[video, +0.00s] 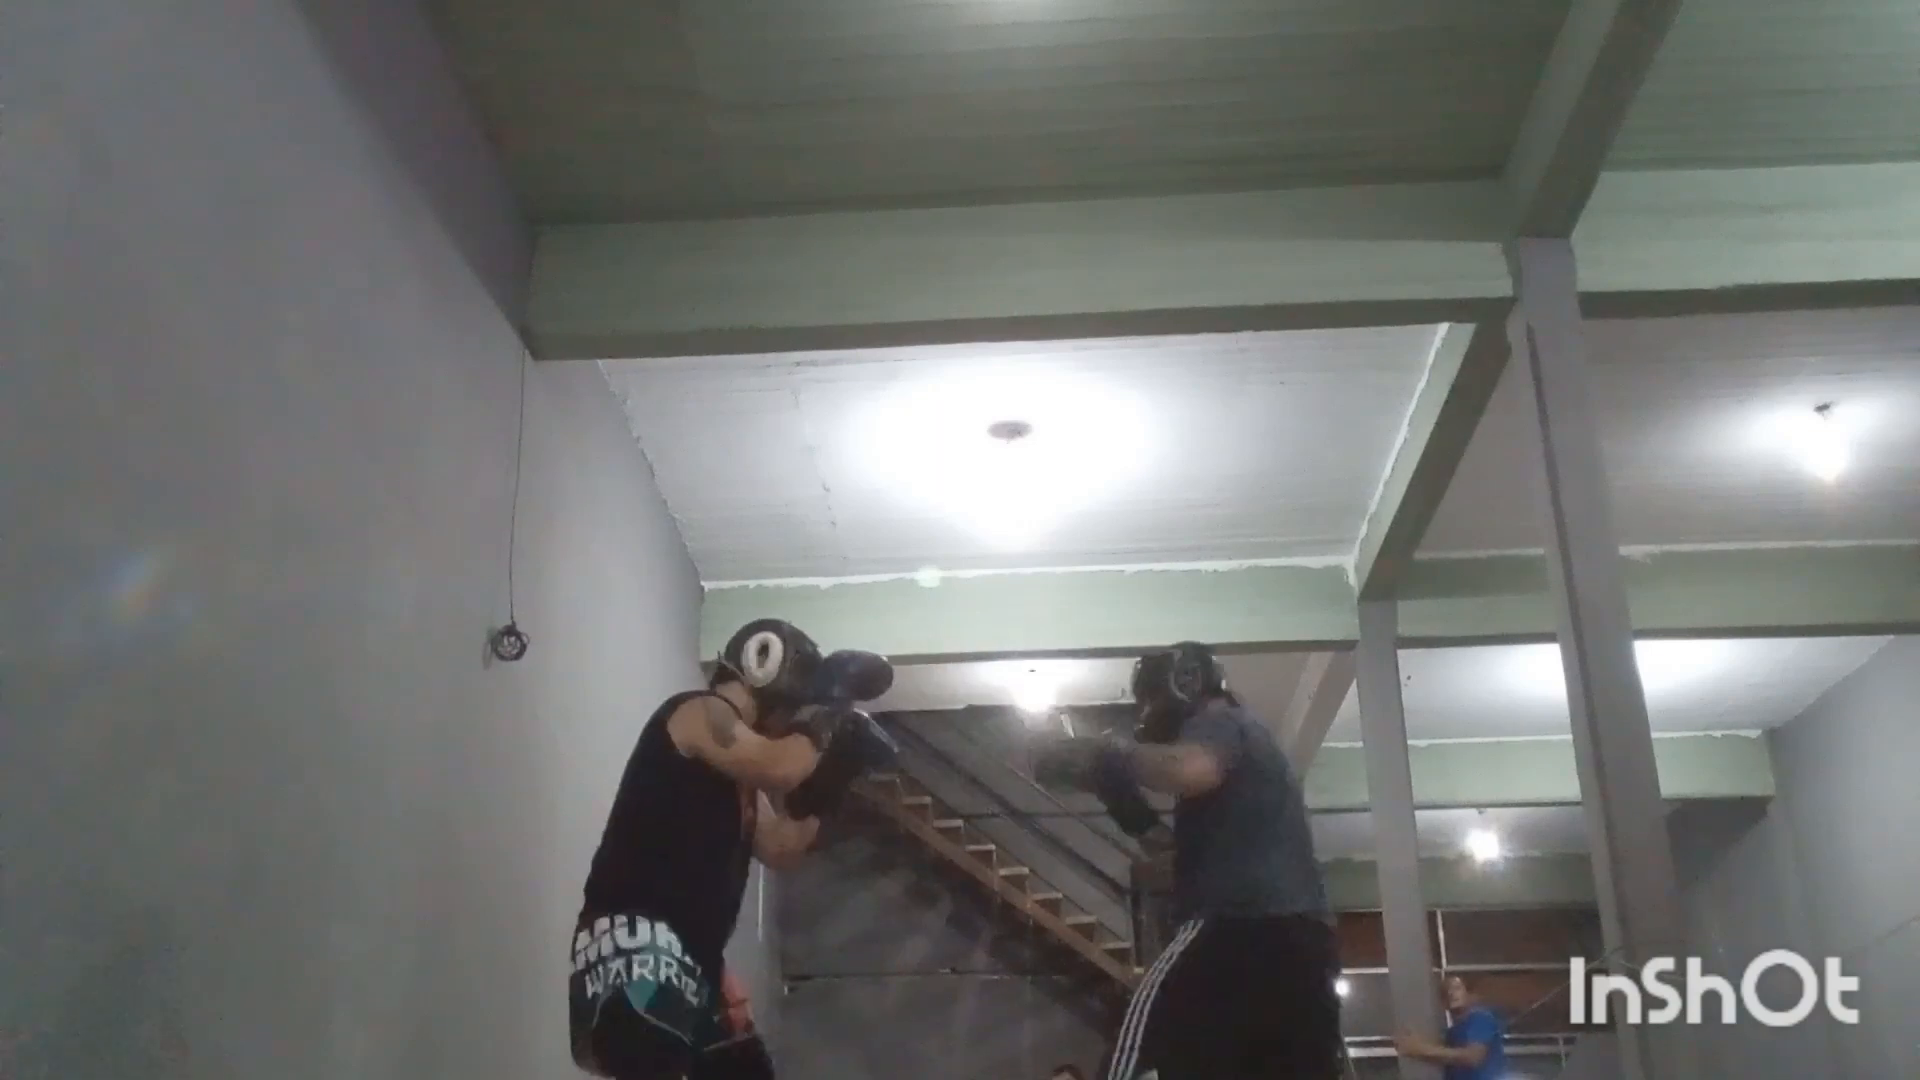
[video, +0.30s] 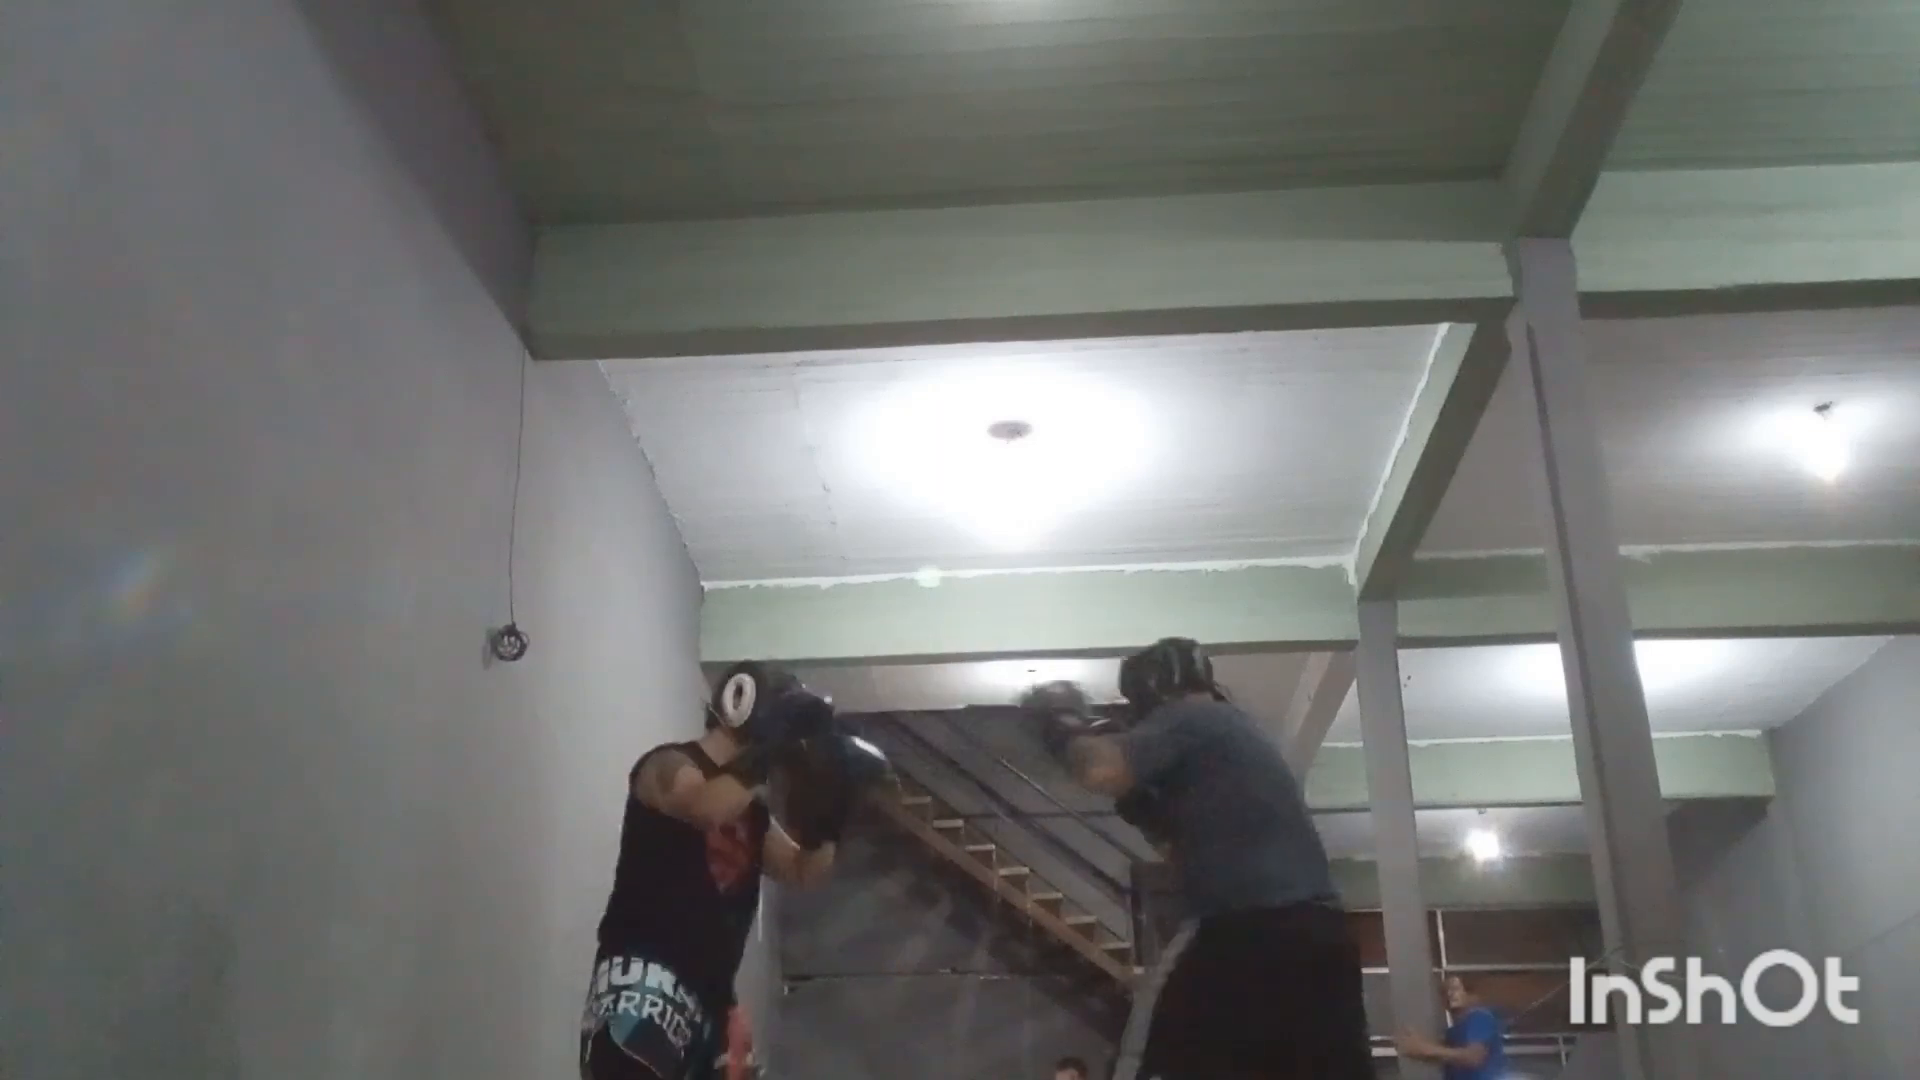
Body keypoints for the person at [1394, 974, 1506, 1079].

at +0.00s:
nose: (1453, 993)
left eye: (1457, 988)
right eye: (1448, 990)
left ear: (1466, 991)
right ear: (1444, 997)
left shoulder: (1481, 1018)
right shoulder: (1453, 1030)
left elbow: (1474, 1056)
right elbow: (1450, 1058)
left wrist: (1423, 1050)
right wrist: (1417, 1048)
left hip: (1485, 1075)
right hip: (1460, 1076)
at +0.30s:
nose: (1450, 994)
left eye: (1455, 989)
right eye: (1447, 990)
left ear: (1467, 991)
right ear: (1443, 995)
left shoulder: (1480, 1018)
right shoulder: (1454, 1028)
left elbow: (1475, 1057)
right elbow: (1451, 1055)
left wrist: (1427, 1049)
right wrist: (1420, 1047)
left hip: (1483, 1075)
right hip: (1460, 1076)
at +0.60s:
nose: (1451, 994)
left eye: (1456, 989)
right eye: (1446, 991)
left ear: (1467, 992)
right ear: (1442, 996)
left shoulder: (1479, 1017)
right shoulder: (1454, 1029)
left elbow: (1475, 1055)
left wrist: (1428, 1050)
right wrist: (1420, 1047)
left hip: (1482, 1075)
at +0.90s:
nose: (1455, 994)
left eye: (1460, 989)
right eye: (1450, 992)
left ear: (1468, 993)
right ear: (1444, 998)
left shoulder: (1480, 1016)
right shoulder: (1453, 1028)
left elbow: (1475, 1054)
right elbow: (1450, 1056)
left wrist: (1427, 1050)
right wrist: (1420, 1048)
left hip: (1483, 1075)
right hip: (1459, 1075)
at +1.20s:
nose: (1459, 995)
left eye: (1463, 989)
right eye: (1453, 991)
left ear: (1470, 993)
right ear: (1446, 999)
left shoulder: (1480, 1016)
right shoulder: (1455, 1027)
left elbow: (1476, 1054)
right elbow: (1447, 1053)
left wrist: (1425, 1049)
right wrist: (1418, 1046)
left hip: (1482, 1075)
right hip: (1458, 1076)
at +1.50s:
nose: (1458, 997)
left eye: (1463, 990)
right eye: (1452, 993)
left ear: (1470, 995)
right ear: (1444, 1001)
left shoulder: (1481, 1017)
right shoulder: (1454, 1030)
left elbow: (1476, 1054)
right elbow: (1450, 1055)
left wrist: (1425, 1050)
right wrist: (1418, 1048)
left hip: (1485, 1075)